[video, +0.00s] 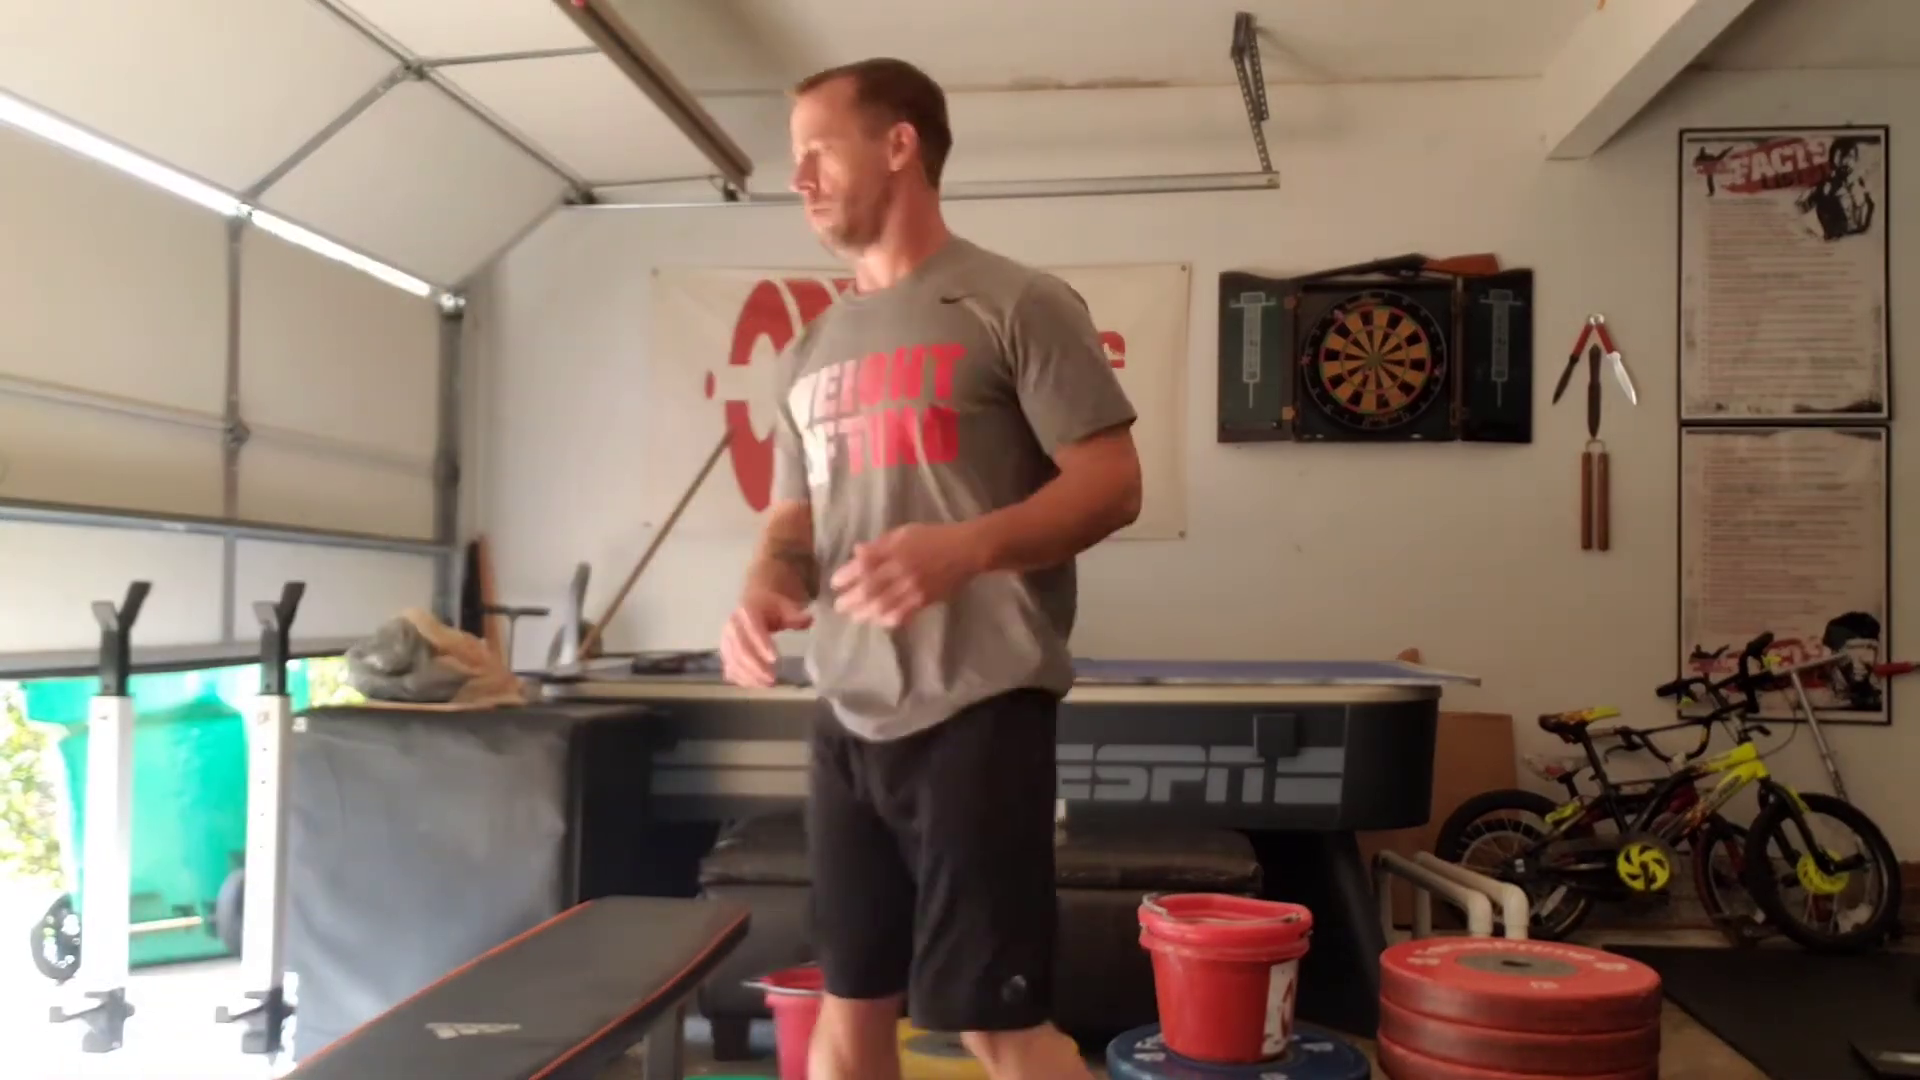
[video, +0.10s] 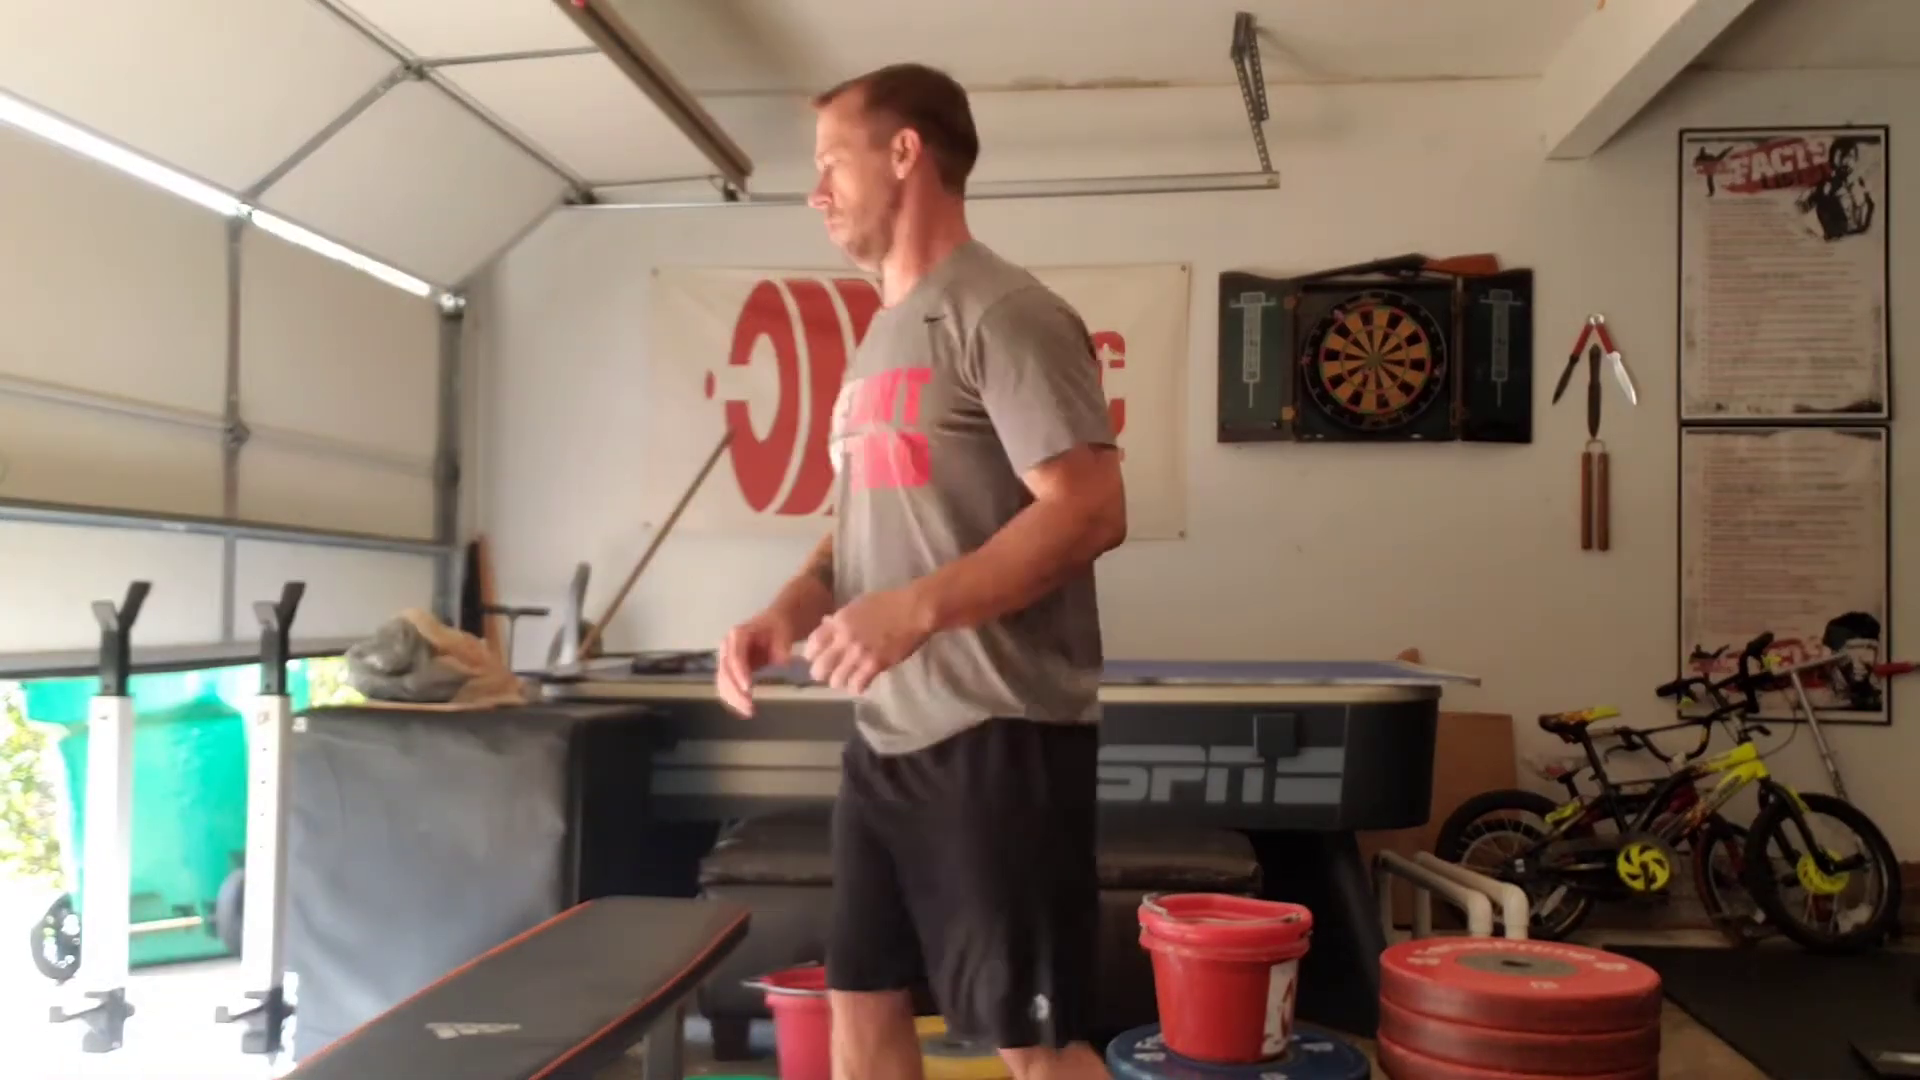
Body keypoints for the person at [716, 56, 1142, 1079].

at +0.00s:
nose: (801, 179)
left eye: (821, 153)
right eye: (796, 159)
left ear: (902, 149)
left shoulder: (1021, 306)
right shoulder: (810, 356)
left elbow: (1111, 485)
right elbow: (795, 523)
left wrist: (962, 548)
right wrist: (764, 591)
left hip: (980, 709)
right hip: (851, 715)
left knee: (1001, 1019)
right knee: (853, 1002)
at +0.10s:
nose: (818, 193)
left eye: (833, 164)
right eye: (816, 169)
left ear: (907, 157)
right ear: (893, 164)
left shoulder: (1006, 311)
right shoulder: (879, 337)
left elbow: (1090, 507)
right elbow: (867, 521)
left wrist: (917, 605)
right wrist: (786, 614)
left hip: (1003, 733)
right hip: (886, 734)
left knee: (1038, 1041)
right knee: (866, 1014)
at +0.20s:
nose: (828, 195)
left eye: (840, 165)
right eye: (828, 170)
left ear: (911, 154)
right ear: (907, 160)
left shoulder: (986, 302)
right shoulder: (925, 312)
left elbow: (1040, 506)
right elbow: (923, 533)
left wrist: (860, 598)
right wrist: (806, 627)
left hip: (1015, 721)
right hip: (932, 717)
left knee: (1042, 1034)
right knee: (883, 971)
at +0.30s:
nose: (830, 203)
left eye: (839, 172)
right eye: (827, 178)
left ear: (907, 157)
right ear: (914, 163)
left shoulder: (974, 295)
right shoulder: (930, 306)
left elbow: (990, 501)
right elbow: (944, 528)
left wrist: (799, 602)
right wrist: (837, 643)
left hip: (1019, 712)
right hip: (958, 706)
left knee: (1033, 1037)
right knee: (912, 961)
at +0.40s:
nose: (809, 204)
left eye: (818, 175)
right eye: (807, 180)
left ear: (884, 163)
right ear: (886, 168)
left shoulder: (948, 284)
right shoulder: (931, 293)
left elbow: (963, 473)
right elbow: (987, 507)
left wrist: (810, 651)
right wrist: (916, 649)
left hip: (1022, 702)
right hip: (978, 700)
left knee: (1015, 1033)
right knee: (947, 973)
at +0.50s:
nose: (775, 220)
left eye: (781, 189)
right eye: (771, 195)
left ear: (848, 174)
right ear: (858, 178)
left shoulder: (904, 291)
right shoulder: (924, 285)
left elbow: (988, 429)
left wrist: (924, 641)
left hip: (1009, 706)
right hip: (1017, 699)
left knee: (1002, 1033)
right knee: (1009, 1027)